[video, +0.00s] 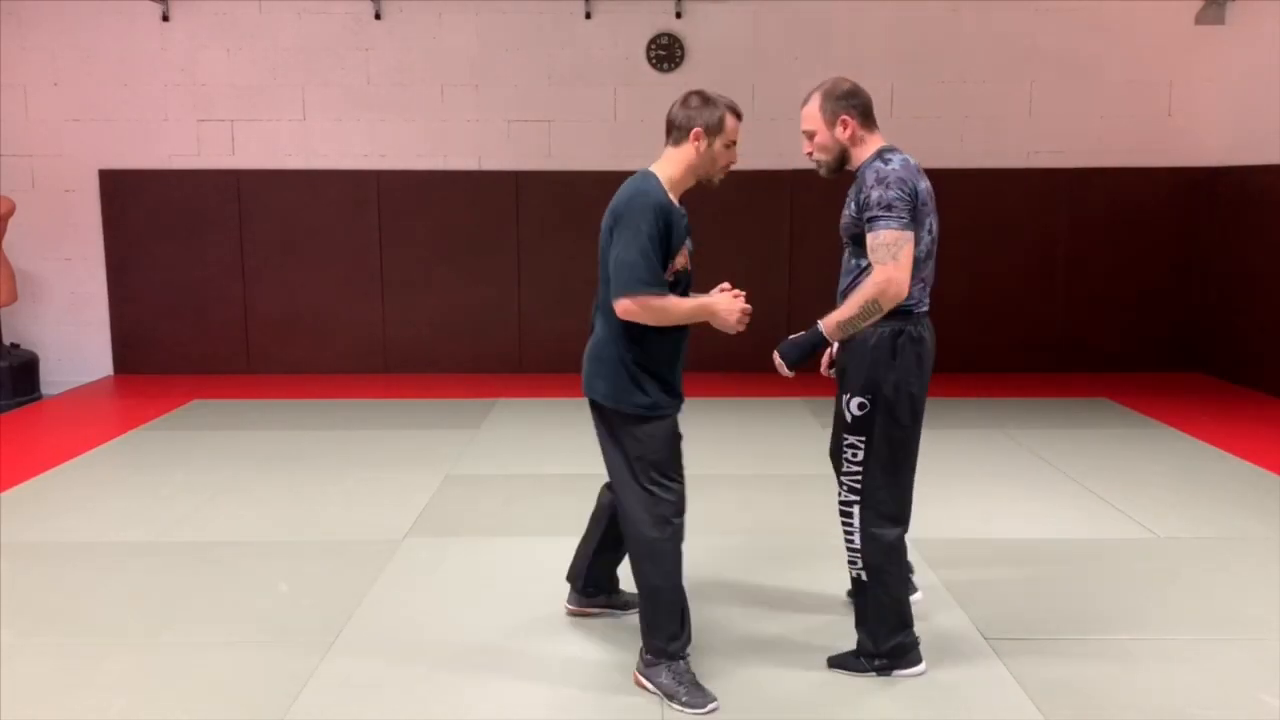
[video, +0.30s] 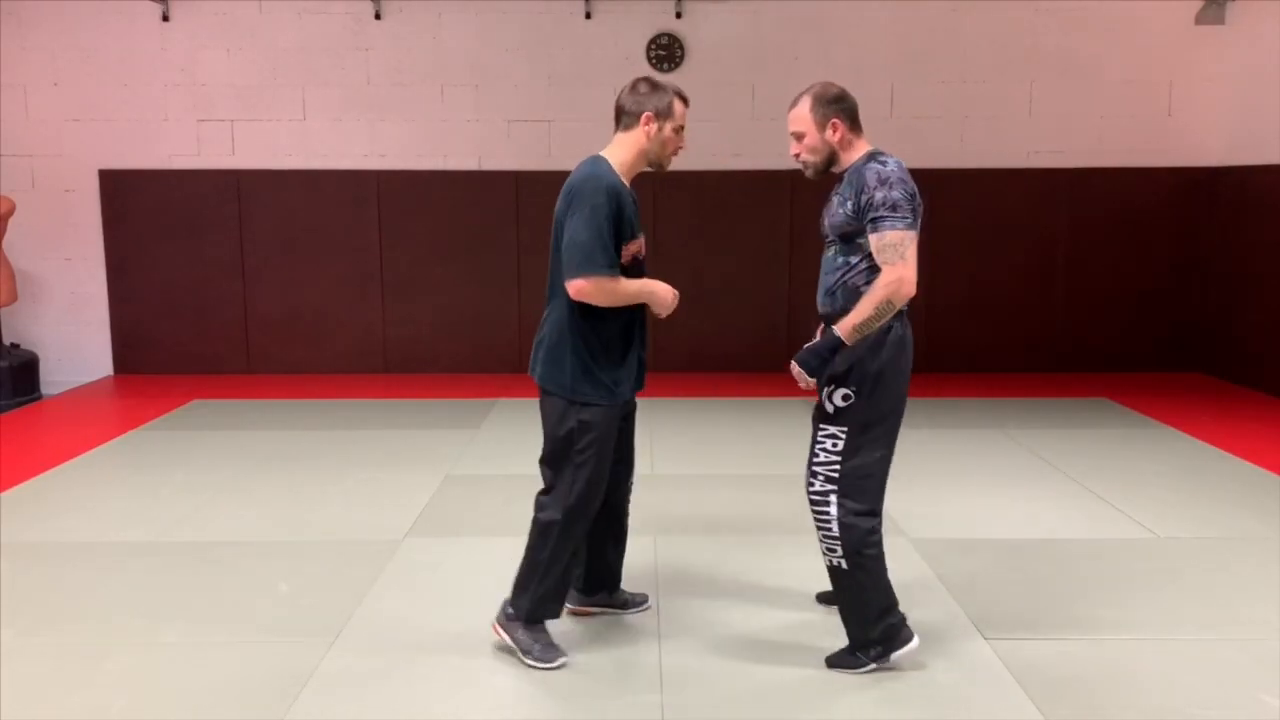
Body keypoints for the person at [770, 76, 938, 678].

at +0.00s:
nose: (807, 146)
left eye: (812, 133)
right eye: (806, 134)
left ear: (848, 126)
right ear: (850, 127)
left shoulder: (884, 179)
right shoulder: (879, 174)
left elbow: (890, 281)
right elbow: (883, 278)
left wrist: (810, 336)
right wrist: (840, 338)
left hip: (886, 346)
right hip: (882, 343)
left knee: (865, 491)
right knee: (868, 481)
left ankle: (888, 645)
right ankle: (888, 584)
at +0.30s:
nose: (794, 149)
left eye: (800, 136)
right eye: (792, 137)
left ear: (837, 131)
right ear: (837, 132)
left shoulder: (881, 179)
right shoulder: (857, 180)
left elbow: (898, 281)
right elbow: (867, 278)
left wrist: (828, 345)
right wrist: (825, 344)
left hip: (872, 345)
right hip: (857, 341)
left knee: (830, 487)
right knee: (842, 478)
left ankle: (880, 631)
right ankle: (855, 585)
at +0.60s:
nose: (780, 146)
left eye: (786, 134)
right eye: (777, 134)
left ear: (823, 128)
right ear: (822, 130)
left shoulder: (864, 181)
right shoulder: (837, 180)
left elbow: (836, 281)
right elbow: (824, 274)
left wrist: (738, 288)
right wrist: (782, 331)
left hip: (848, 343)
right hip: (835, 339)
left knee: (817, 490)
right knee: (850, 474)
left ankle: (808, 642)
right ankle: (865, 587)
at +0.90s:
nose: (748, 148)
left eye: (752, 135)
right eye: (746, 136)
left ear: (786, 128)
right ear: (795, 128)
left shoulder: (812, 183)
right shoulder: (844, 173)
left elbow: (728, 264)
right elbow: (825, 271)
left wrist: (653, 232)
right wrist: (790, 332)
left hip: (815, 343)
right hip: (835, 338)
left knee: (797, 491)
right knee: (822, 471)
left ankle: (808, 642)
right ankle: (850, 573)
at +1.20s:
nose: (719, 153)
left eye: (722, 141)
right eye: (717, 142)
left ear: (754, 132)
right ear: (771, 131)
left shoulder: (764, 186)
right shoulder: (834, 180)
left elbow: (670, 250)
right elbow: (848, 274)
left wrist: (587, 242)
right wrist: (825, 333)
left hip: (793, 343)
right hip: (828, 339)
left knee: (783, 488)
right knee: (807, 475)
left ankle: (808, 643)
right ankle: (799, 576)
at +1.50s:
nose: (710, 153)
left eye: (716, 141)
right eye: (709, 141)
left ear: (751, 134)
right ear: (758, 135)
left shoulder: (776, 186)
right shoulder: (804, 177)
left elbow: (676, 244)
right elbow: (693, 240)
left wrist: (597, 209)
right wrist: (611, 220)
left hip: (786, 340)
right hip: (805, 336)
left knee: (752, 478)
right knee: (790, 470)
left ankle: (773, 633)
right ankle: (799, 584)